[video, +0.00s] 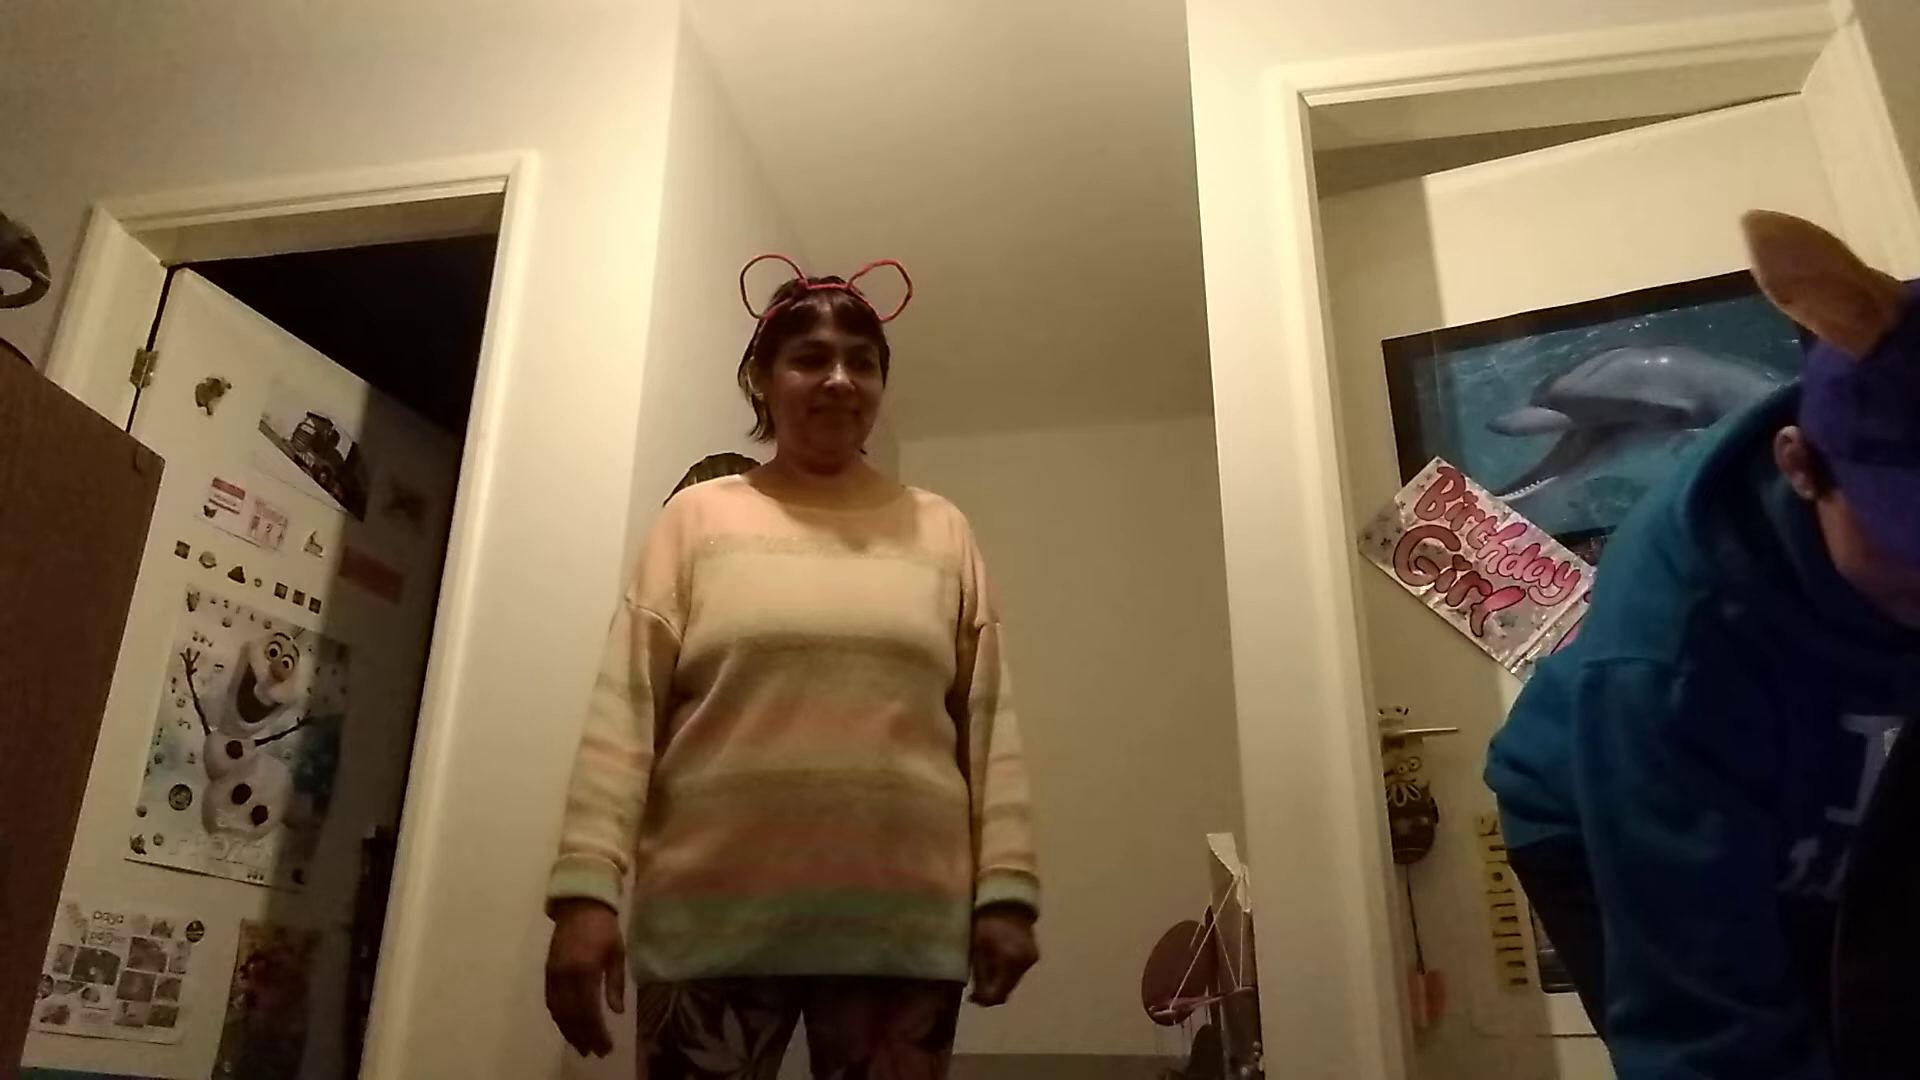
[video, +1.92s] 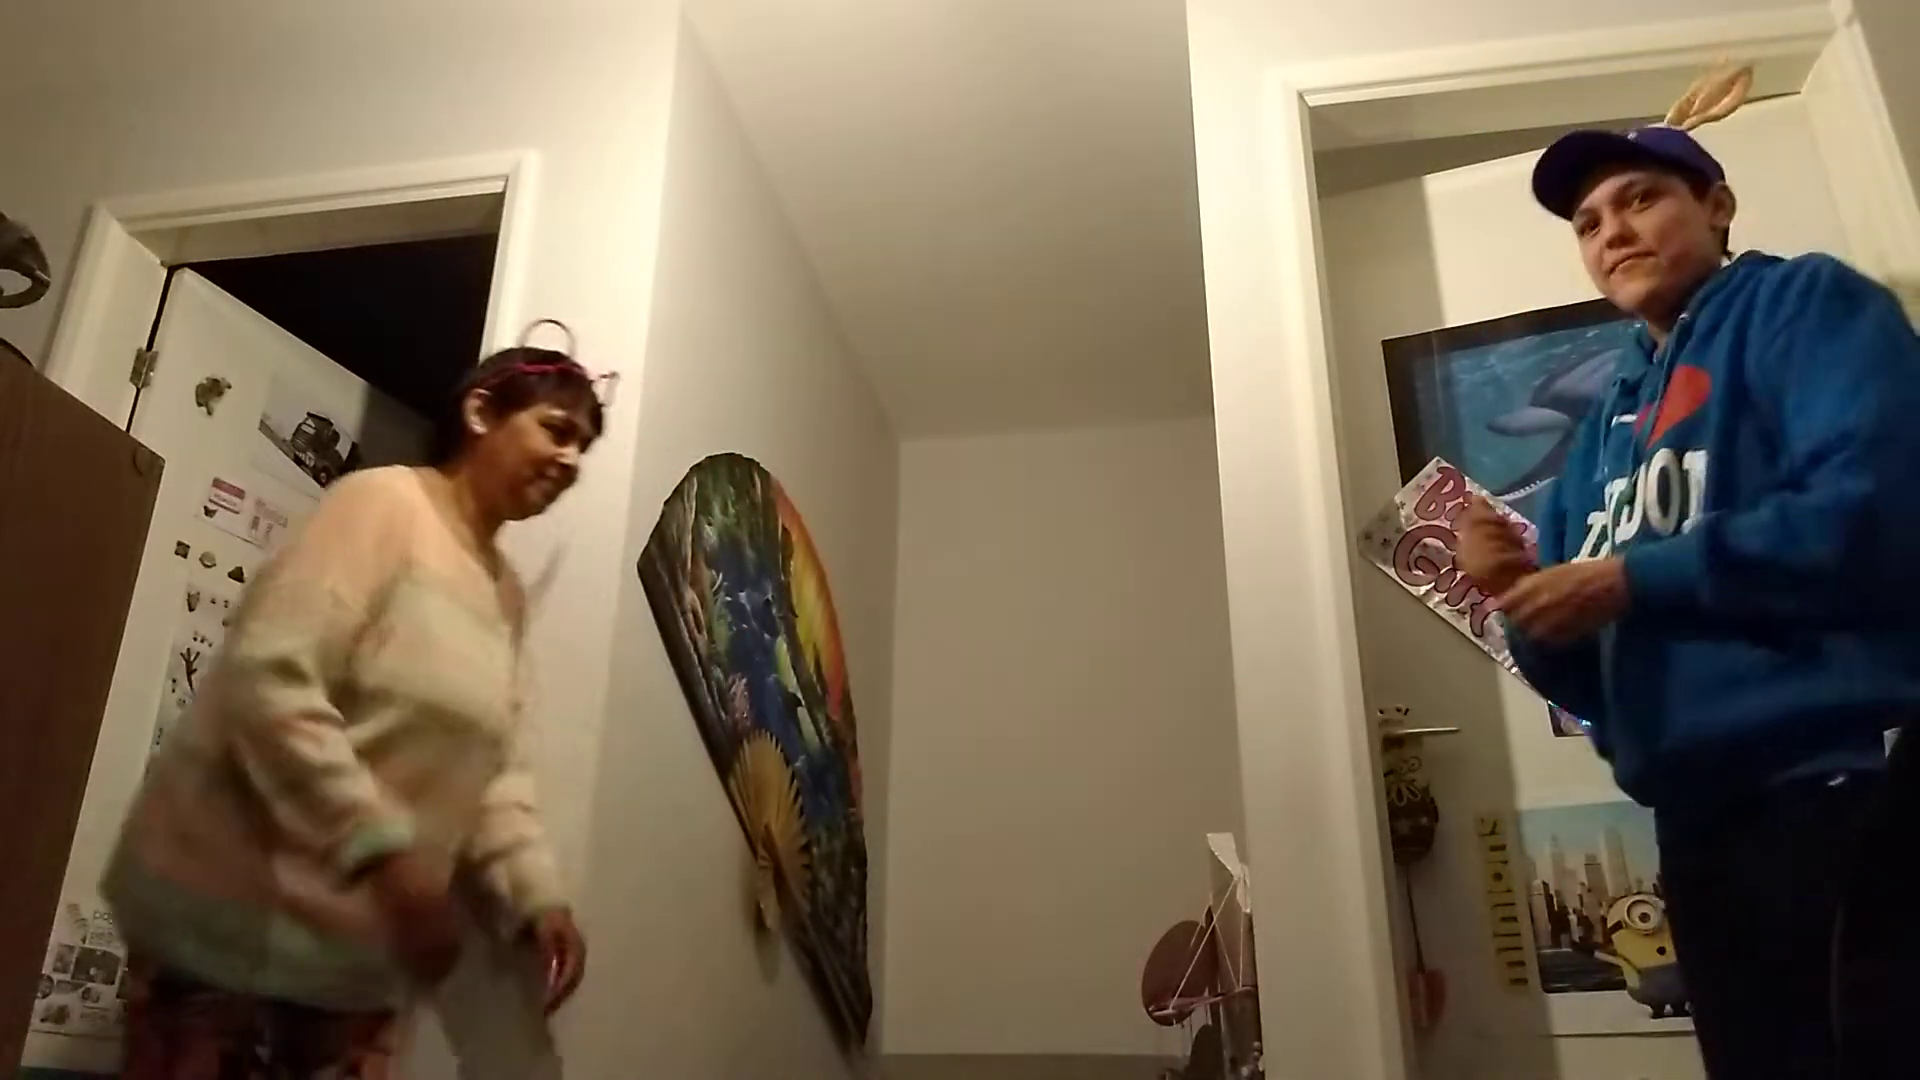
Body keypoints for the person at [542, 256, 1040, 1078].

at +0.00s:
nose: (839, 380)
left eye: (861, 362)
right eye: (811, 359)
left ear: (884, 385)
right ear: (761, 380)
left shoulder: (942, 529)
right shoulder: (695, 519)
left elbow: (990, 723)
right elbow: (624, 712)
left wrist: (1007, 891)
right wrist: (585, 894)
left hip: (901, 937)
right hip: (708, 934)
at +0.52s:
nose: (778, 389)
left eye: (800, 373)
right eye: (750, 366)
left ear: (817, 399)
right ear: (696, 383)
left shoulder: (846, 553)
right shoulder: (621, 512)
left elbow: (885, 747)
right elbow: (537, 704)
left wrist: (906, 918)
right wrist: (518, 891)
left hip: (800, 947)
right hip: (612, 937)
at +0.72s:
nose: (746, 391)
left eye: (766, 380)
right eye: (721, 366)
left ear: (776, 410)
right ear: (656, 372)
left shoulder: (774, 557)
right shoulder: (578, 494)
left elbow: (793, 754)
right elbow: (477, 684)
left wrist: (797, 929)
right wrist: (461, 889)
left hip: (722, 960)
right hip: (551, 951)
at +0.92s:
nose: (737, 402)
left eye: (750, 391)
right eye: (715, 371)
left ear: (755, 411)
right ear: (638, 365)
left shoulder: (700, 541)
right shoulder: (562, 481)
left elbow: (695, 762)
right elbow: (473, 685)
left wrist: (708, 934)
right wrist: (469, 898)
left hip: (652, 962)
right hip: (522, 949)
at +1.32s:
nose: (695, 459)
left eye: (705, 446)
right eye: (679, 427)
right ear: (603, 412)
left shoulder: (608, 570)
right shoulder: (516, 510)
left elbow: (600, 777)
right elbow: (417, 709)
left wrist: (618, 935)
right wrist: (401, 917)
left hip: (517, 959)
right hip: (429, 941)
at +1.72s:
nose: (618, 466)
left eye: (628, 455)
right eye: (603, 437)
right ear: (528, 421)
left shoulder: (553, 599)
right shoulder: (433, 510)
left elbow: (531, 784)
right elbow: (331, 691)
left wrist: (543, 938)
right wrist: (356, 892)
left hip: (410, 950)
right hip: (299, 918)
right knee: (283, 1070)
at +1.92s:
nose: (570, 460)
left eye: (582, 448)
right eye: (557, 430)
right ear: (482, 412)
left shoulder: (502, 590)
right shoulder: (382, 502)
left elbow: (489, 776)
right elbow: (264, 675)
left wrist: (541, 902)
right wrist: (383, 850)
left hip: (357, 964)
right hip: (231, 937)